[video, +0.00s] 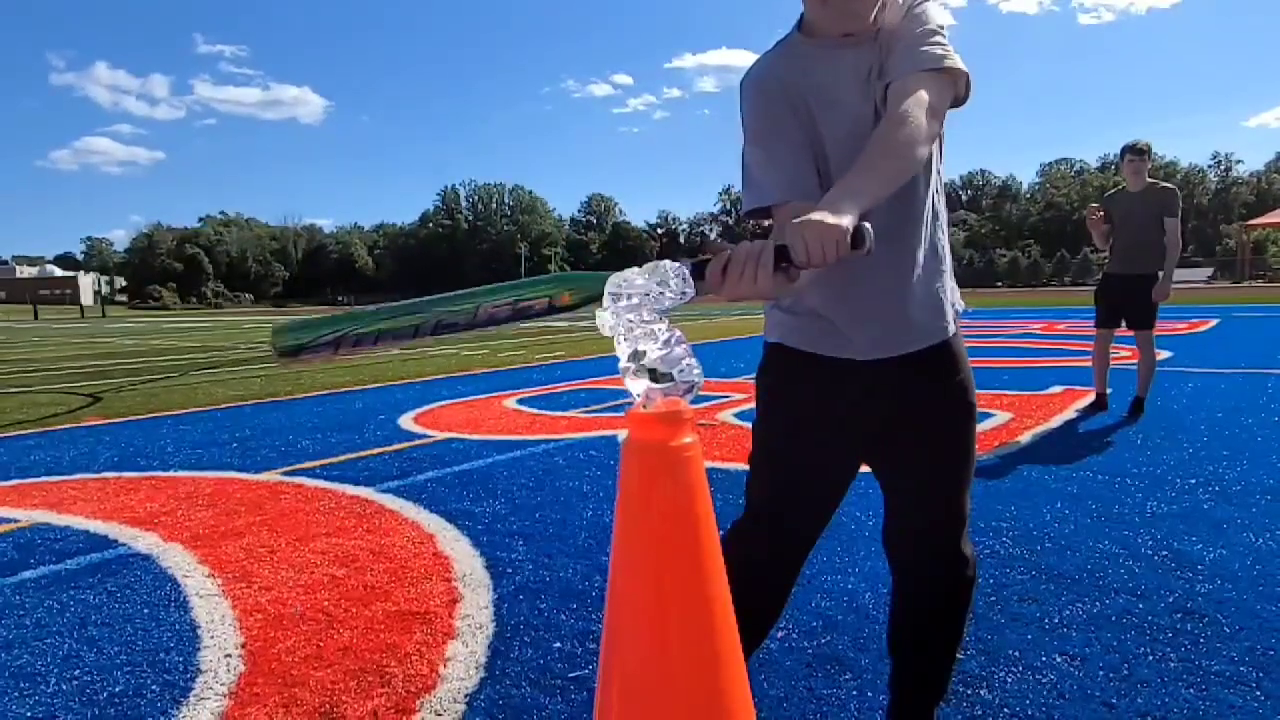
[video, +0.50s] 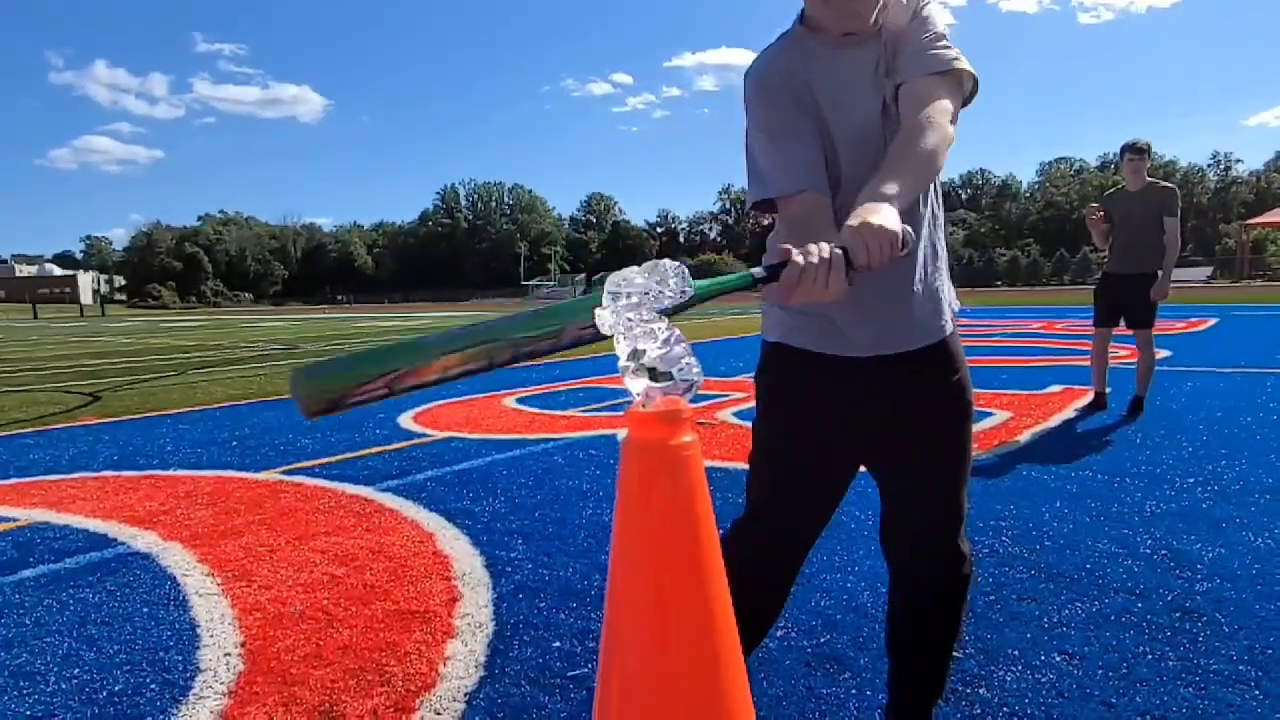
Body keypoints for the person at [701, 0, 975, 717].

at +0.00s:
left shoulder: (918, 22)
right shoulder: (772, 79)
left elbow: (915, 121)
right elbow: (788, 223)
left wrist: (838, 207)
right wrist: (759, 273)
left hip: (924, 357)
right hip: (811, 363)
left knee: (936, 563)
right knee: (764, 554)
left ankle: (913, 711)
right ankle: (682, 694)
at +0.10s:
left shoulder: (919, 23)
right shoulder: (773, 78)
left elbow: (918, 123)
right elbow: (791, 217)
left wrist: (846, 207)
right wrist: (767, 270)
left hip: (924, 358)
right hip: (811, 362)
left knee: (936, 561)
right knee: (765, 552)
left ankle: (913, 711)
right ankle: (686, 693)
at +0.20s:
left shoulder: (919, 21)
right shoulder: (774, 76)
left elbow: (921, 120)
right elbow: (797, 205)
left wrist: (859, 202)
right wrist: (776, 266)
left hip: (923, 357)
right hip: (811, 361)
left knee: (934, 562)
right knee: (765, 552)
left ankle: (912, 711)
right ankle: (685, 692)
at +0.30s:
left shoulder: (919, 20)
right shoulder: (774, 76)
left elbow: (924, 122)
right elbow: (797, 206)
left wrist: (866, 202)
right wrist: (788, 264)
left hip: (922, 355)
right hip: (811, 360)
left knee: (933, 559)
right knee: (765, 550)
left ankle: (912, 712)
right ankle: (686, 692)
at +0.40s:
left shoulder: (919, 21)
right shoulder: (775, 74)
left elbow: (928, 122)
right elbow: (798, 196)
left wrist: (875, 198)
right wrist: (800, 259)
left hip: (922, 355)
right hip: (810, 361)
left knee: (933, 559)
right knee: (766, 549)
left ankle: (911, 712)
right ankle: (687, 692)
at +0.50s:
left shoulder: (919, 21)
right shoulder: (776, 72)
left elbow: (930, 122)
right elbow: (799, 197)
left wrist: (883, 198)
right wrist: (810, 267)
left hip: (921, 354)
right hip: (810, 362)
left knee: (932, 558)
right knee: (767, 547)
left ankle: (911, 711)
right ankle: (685, 689)